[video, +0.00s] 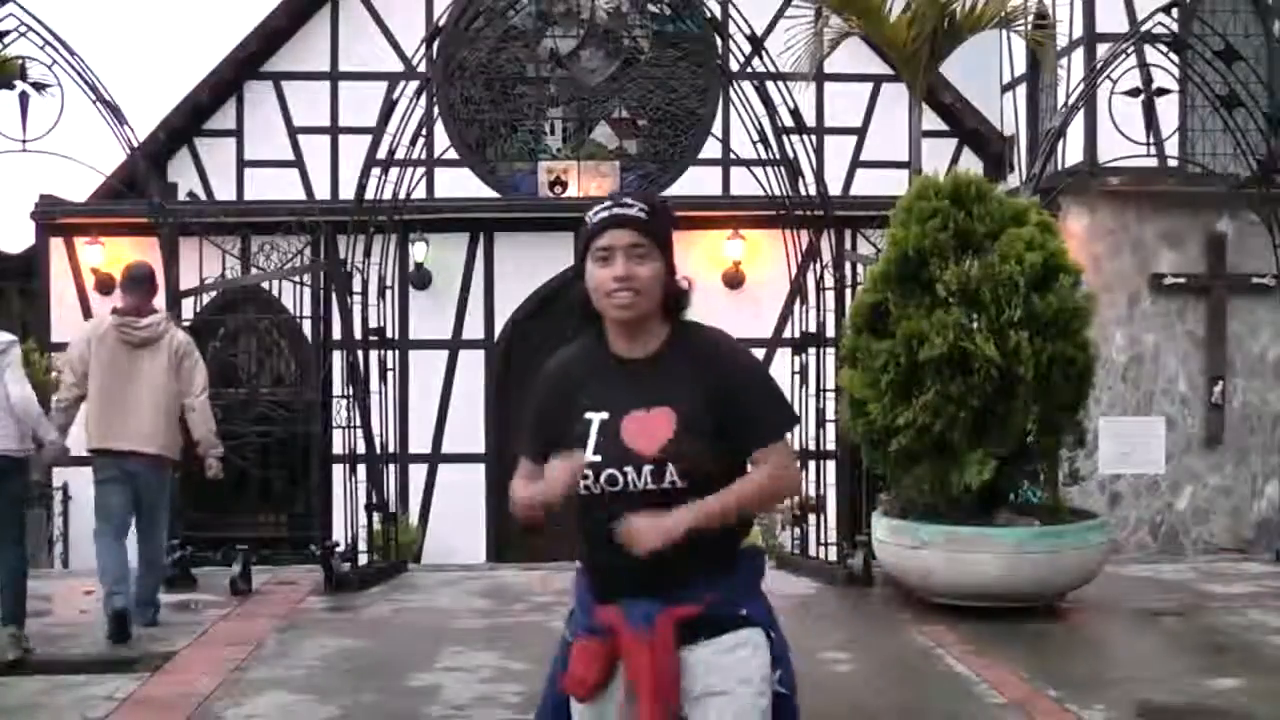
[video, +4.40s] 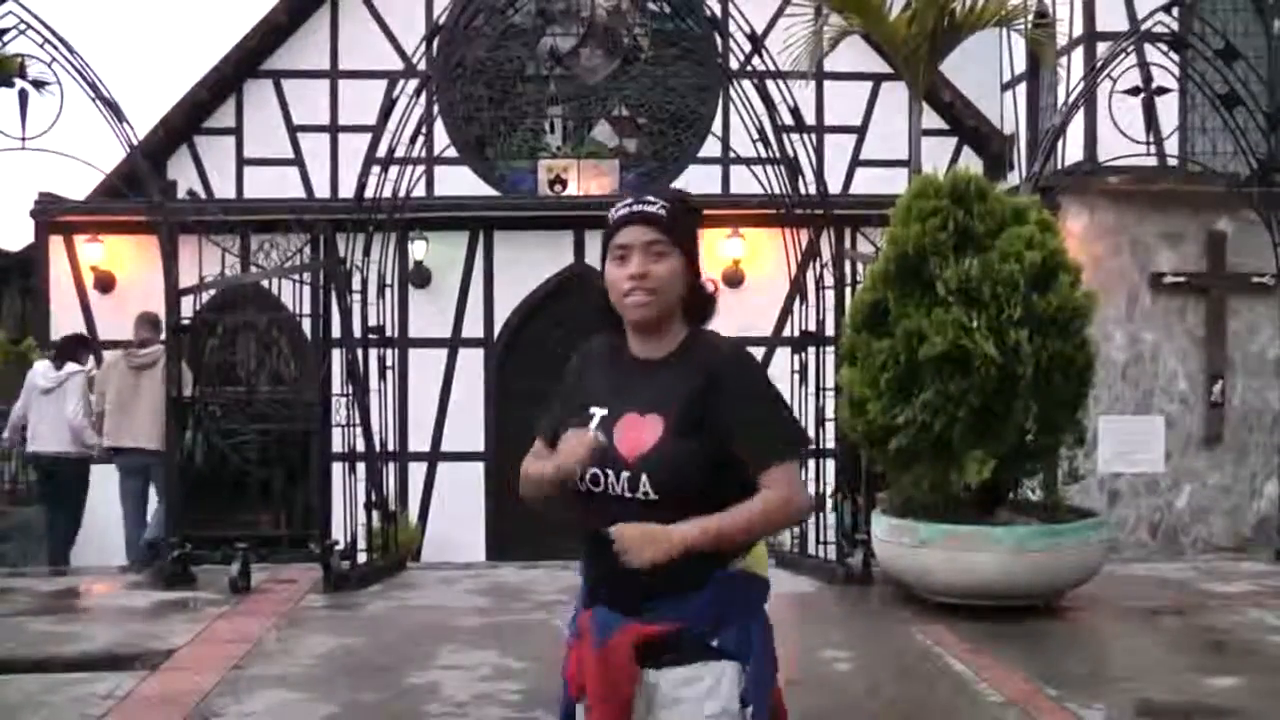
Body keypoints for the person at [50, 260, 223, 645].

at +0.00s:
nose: (129, 299)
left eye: (125, 292)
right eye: (144, 292)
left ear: (120, 290)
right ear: (155, 293)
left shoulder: (94, 334)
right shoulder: (177, 341)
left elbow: (68, 393)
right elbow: (196, 400)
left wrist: (53, 439)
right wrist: (211, 452)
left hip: (108, 448)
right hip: (156, 450)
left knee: (110, 530)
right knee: (153, 536)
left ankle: (117, 602)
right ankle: (145, 611)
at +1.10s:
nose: (88, 301)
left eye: (82, 293)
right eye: (103, 295)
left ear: (78, 294)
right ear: (110, 296)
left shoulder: (53, 339)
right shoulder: (133, 339)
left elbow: (39, 396)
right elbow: (149, 395)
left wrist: (43, 437)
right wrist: (156, 440)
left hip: (74, 441)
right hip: (116, 441)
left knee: (80, 520)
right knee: (112, 512)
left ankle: (90, 596)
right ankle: (120, 586)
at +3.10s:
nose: (112, 317)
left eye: (107, 311)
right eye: (117, 312)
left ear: (96, 312)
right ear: (123, 313)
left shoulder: (71, 344)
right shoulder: (140, 344)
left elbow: (56, 392)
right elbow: (154, 395)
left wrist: (68, 422)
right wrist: (161, 434)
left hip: (89, 432)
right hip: (129, 433)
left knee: (90, 500)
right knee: (139, 497)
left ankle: (84, 567)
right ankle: (148, 558)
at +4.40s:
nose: (139, 337)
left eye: (138, 332)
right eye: (145, 333)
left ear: (135, 332)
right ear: (160, 333)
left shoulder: (113, 362)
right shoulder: (170, 362)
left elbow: (99, 402)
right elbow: (186, 393)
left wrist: (102, 433)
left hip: (123, 441)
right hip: (158, 443)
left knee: (132, 508)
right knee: (167, 499)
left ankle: (135, 559)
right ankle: (151, 543)